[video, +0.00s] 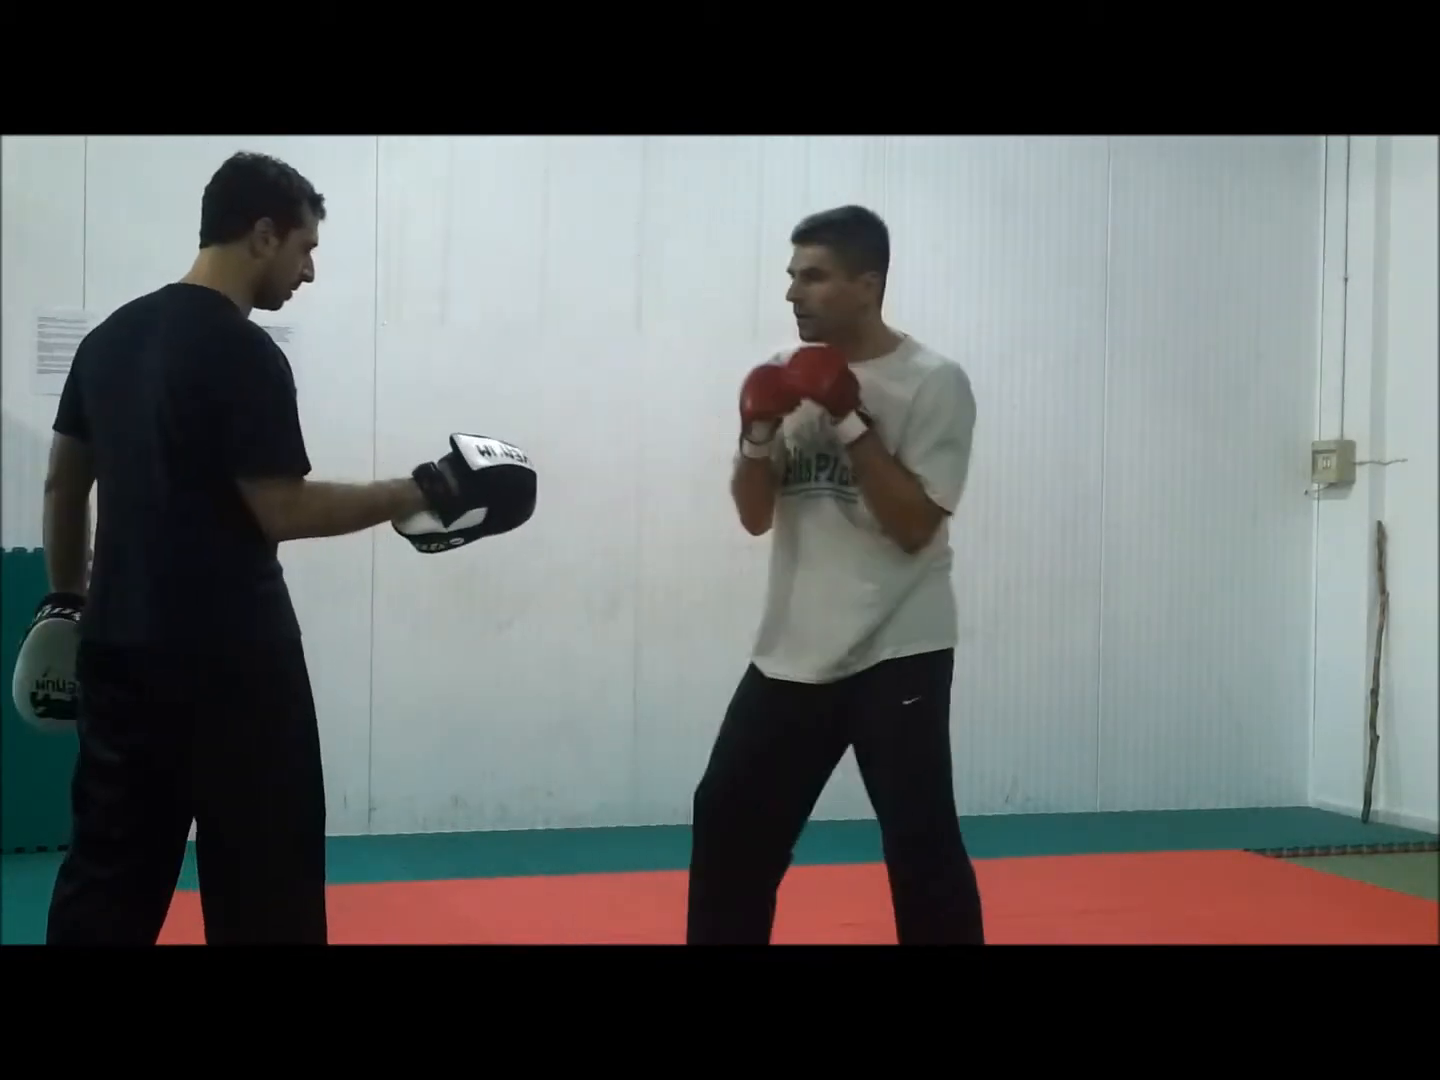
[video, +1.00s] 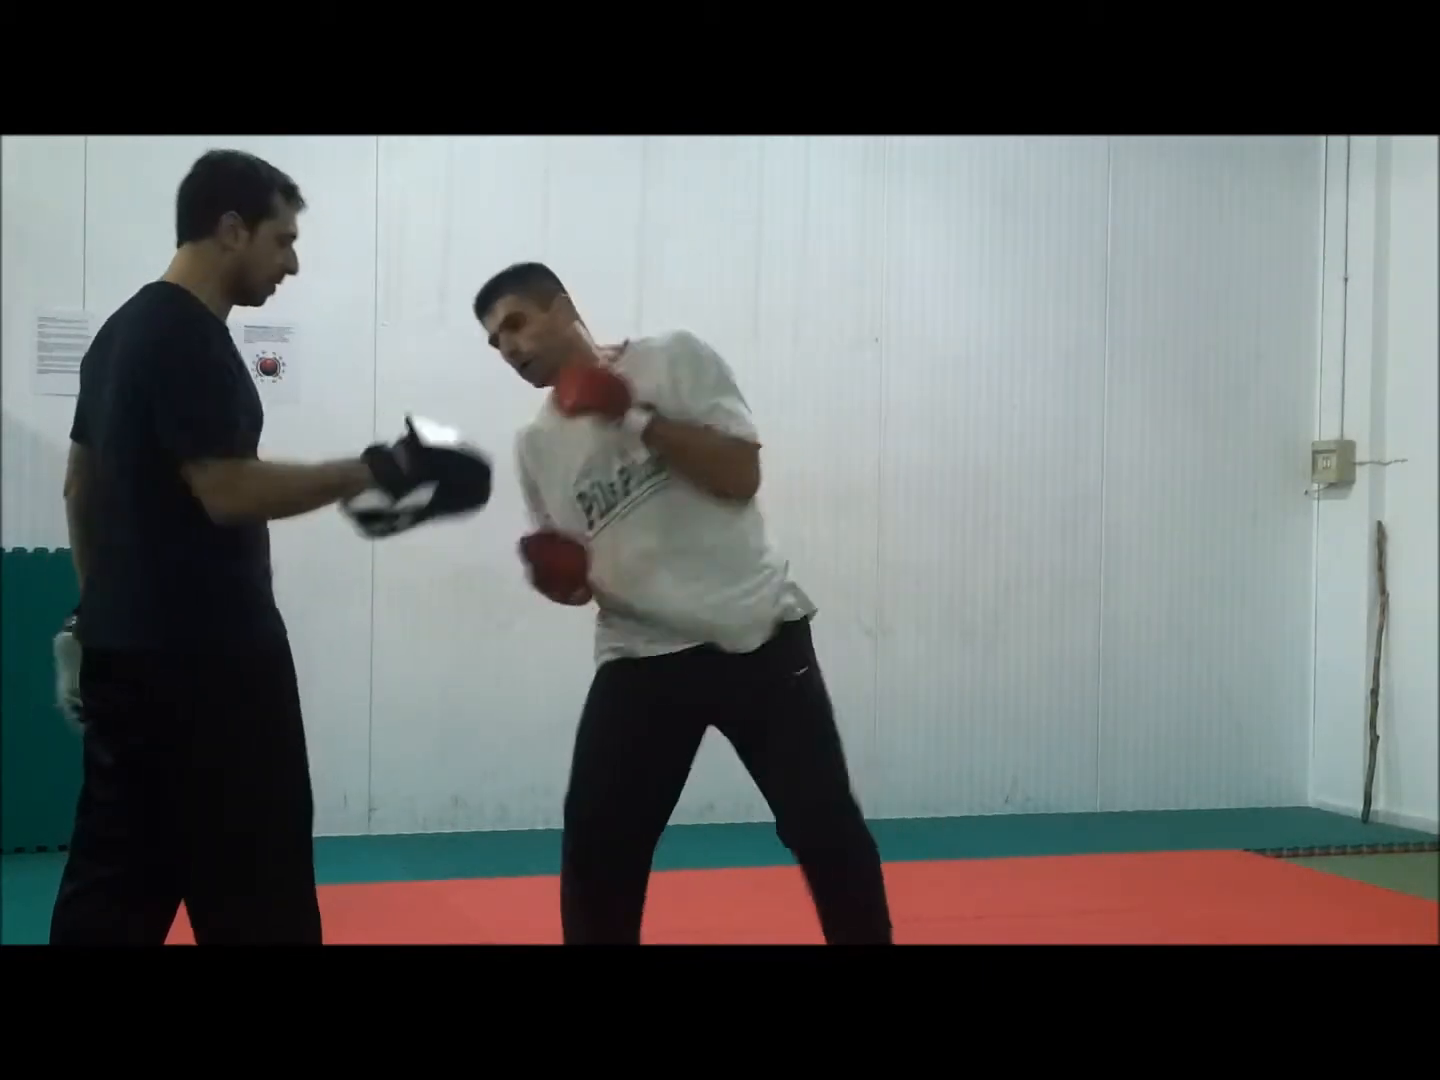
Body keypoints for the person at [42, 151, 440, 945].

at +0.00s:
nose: (310, 270)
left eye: (314, 250)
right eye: (308, 246)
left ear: (218, 232)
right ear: (263, 233)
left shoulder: (108, 339)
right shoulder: (246, 353)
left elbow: (65, 487)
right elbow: (284, 510)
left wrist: (64, 603)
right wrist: (420, 492)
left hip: (122, 656)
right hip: (238, 663)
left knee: (106, 881)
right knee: (267, 888)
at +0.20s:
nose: (307, 270)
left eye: (311, 251)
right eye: (305, 247)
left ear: (216, 231)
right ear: (260, 232)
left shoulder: (108, 339)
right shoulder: (244, 351)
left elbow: (66, 488)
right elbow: (283, 507)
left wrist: (69, 606)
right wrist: (420, 489)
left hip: (123, 661)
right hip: (239, 665)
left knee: (106, 883)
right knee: (267, 891)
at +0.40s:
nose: (305, 270)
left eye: (309, 251)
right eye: (303, 246)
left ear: (215, 230)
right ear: (259, 230)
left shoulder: (107, 339)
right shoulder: (244, 351)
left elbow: (68, 489)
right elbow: (282, 505)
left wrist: (82, 603)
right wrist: (414, 489)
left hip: (123, 661)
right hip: (239, 664)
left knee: (107, 881)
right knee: (268, 888)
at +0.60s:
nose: (300, 269)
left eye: (304, 250)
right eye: (300, 246)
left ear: (209, 230)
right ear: (258, 231)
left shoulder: (104, 338)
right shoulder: (243, 348)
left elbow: (63, 488)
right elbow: (285, 502)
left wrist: (82, 601)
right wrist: (412, 487)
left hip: (121, 659)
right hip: (238, 661)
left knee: (106, 884)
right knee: (267, 890)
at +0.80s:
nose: (296, 263)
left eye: (299, 243)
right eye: (290, 238)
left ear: (217, 228)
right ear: (239, 225)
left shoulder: (107, 337)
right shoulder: (231, 334)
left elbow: (63, 491)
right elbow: (314, 462)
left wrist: (77, 606)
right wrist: (412, 363)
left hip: (117, 653)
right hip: (230, 653)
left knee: (108, 876)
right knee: (269, 881)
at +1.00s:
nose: (293, 262)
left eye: (294, 242)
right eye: (285, 239)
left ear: (223, 231)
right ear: (231, 227)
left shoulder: (120, 332)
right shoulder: (192, 336)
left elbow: (83, 490)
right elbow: (227, 493)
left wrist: (95, 612)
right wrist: (371, 471)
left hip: (127, 654)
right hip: (216, 657)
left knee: (115, 875)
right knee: (259, 885)